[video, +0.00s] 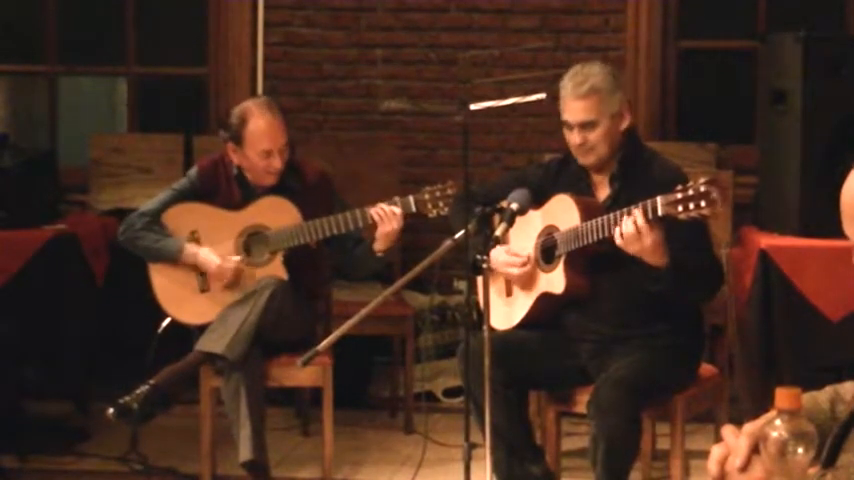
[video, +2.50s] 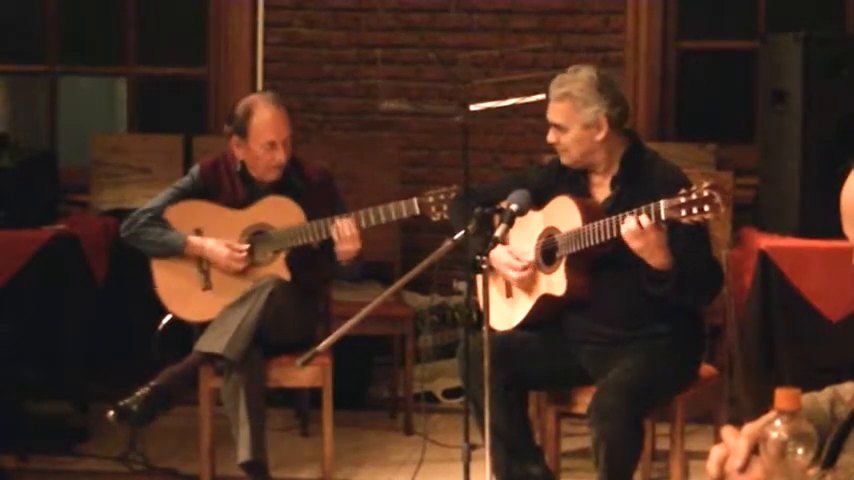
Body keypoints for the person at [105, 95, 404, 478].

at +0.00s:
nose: (277, 163)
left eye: (282, 151)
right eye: (265, 155)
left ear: (289, 142)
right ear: (234, 153)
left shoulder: (308, 182)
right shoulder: (211, 177)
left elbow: (344, 261)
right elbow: (133, 230)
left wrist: (379, 248)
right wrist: (199, 256)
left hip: (294, 315)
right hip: (228, 312)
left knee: (272, 290)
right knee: (243, 354)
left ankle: (168, 381)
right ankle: (255, 469)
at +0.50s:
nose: (275, 168)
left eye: (281, 156)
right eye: (262, 159)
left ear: (288, 145)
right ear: (233, 155)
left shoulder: (307, 183)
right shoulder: (210, 178)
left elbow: (344, 262)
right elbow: (132, 229)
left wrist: (377, 249)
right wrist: (203, 238)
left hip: (296, 314)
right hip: (228, 309)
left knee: (271, 290)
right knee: (244, 351)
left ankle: (168, 381)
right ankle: (255, 467)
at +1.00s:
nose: (276, 168)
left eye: (282, 156)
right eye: (264, 159)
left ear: (289, 145)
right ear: (234, 155)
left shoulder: (308, 184)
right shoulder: (210, 178)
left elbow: (344, 262)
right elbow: (133, 229)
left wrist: (375, 250)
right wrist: (197, 255)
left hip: (296, 315)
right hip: (229, 311)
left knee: (272, 291)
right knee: (244, 350)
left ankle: (167, 381)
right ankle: (255, 468)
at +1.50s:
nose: (277, 166)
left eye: (282, 153)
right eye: (265, 157)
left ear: (289, 142)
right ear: (234, 155)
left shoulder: (309, 183)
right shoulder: (210, 178)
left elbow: (348, 258)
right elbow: (131, 230)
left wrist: (389, 247)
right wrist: (195, 246)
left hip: (296, 315)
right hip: (228, 309)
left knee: (271, 288)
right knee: (244, 352)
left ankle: (168, 380)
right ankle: (255, 468)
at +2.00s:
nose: (280, 169)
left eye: (284, 157)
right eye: (269, 162)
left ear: (290, 145)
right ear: (238, 157)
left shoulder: (313, 183)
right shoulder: (213, 176)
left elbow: (343, 269)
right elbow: (134, 227)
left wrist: (347, 252)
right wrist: (195, 262)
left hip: (297, 315)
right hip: (228, 312)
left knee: (271, 289)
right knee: (245, 357)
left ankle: (165, 380)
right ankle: (255, 468)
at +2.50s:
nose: (281, 156)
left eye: (285, 144)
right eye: (269, 147)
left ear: (292, 138)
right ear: (238, 146)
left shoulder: (313, 181)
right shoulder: (212, 176)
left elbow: (339, 266)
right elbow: (135, 228)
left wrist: (348, 257)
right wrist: (203, 247)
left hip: (297, 314)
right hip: (228, 309)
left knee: (269, 288)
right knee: (244, 354)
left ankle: (169, 383)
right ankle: (253, 467)